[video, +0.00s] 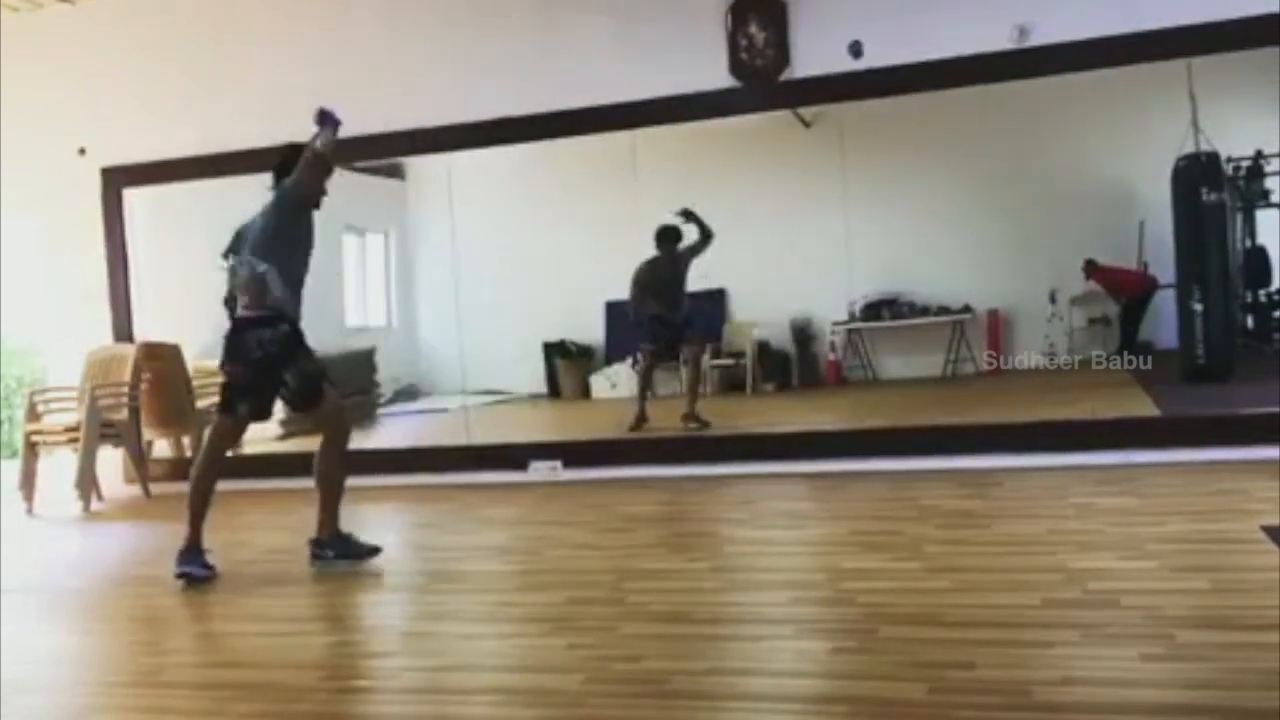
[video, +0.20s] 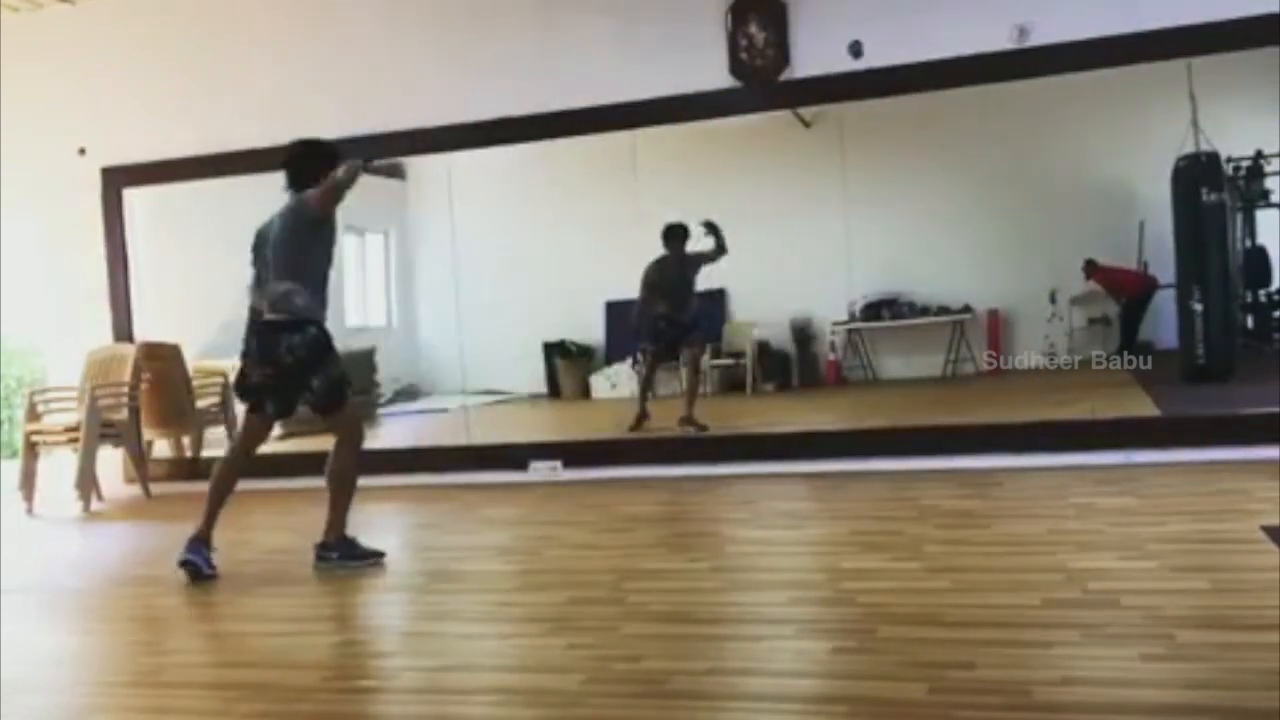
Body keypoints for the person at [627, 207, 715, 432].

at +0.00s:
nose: (669, 249)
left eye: (672, 244)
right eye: (665, 244)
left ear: (677, 244)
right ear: (659, 244)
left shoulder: (682, 260)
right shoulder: (645, 271)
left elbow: (706, 238)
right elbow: (635, 309)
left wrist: (693, 218)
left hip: (679, 324)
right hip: (653, 326)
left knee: (694, 355)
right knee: (646, 361)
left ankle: (690, 411)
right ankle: (641, 412)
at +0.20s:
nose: (678, 247)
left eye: (682, 242)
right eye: (674, 242)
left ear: (686, 242)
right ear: (666, 243)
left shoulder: (692, 262)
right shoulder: (655, 269)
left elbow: (720, 251)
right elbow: (644, 303)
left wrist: (715, 232)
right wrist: (641, 336)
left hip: (686, 323)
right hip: (659, 323)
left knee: (694, 358)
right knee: (651, 360)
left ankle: (688, 414)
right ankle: (642, 410)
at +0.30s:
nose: (682, 243)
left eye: (686, 238)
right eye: (677, 238)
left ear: (691, 239)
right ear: (670, 239)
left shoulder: (697, 262)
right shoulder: (659, 266)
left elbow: (726, 260)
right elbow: (646, 300)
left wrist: (724, 243)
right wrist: (640, 328)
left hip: (690, 321)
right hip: (663, 321)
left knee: (696, 366)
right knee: (654, 366)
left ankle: (688, 414)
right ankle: (645, 408)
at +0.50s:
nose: (702, 238)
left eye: (704, 233)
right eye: (697, 233)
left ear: (707, 235)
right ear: (688, 235)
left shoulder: (709, 262)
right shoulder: (675, 262)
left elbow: (719, 290)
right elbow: (662, 296)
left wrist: (730, 288)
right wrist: (678, 304)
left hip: (705, 320)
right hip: (683, 320)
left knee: (698, 369)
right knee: (687, 365)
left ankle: (688, 415)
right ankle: (666, 407)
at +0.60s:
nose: (721, 238)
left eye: (721, 234)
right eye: (717, 234)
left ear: (717, 236)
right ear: (707, 235)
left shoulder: (720, 263)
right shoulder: (690, 261)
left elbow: (717, 293)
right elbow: (673, 297)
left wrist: (724, 300)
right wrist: (692, 302)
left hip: (714, 317)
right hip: (697, 316)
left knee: (713, 364)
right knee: (704, 363)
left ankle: (704, 412)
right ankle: (690, 414)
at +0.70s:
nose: (730, 240)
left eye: (730, 236)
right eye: (726, 236)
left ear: (725, 237)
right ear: (715, 236)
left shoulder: (726, 265)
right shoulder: (696, 262)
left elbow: (724, 293)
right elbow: (681, 295)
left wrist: (728, 299)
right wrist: (695, 303)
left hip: (717, 316)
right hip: (700, 316)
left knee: (706, 366)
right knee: (722, 360)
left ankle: (689, 415)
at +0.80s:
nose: (747, 242)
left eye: (746, 237)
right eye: (744, 237)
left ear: (737, 239)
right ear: (734, 238)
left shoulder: (740, 267)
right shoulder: (714, 262)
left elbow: (741, 297)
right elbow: (698, 296)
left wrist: (754, 301)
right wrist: (708, 305)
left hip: (726, 317)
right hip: (713, 317)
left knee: (714, 367)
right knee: (745, 361)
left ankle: (691, 414)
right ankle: (768, 410)